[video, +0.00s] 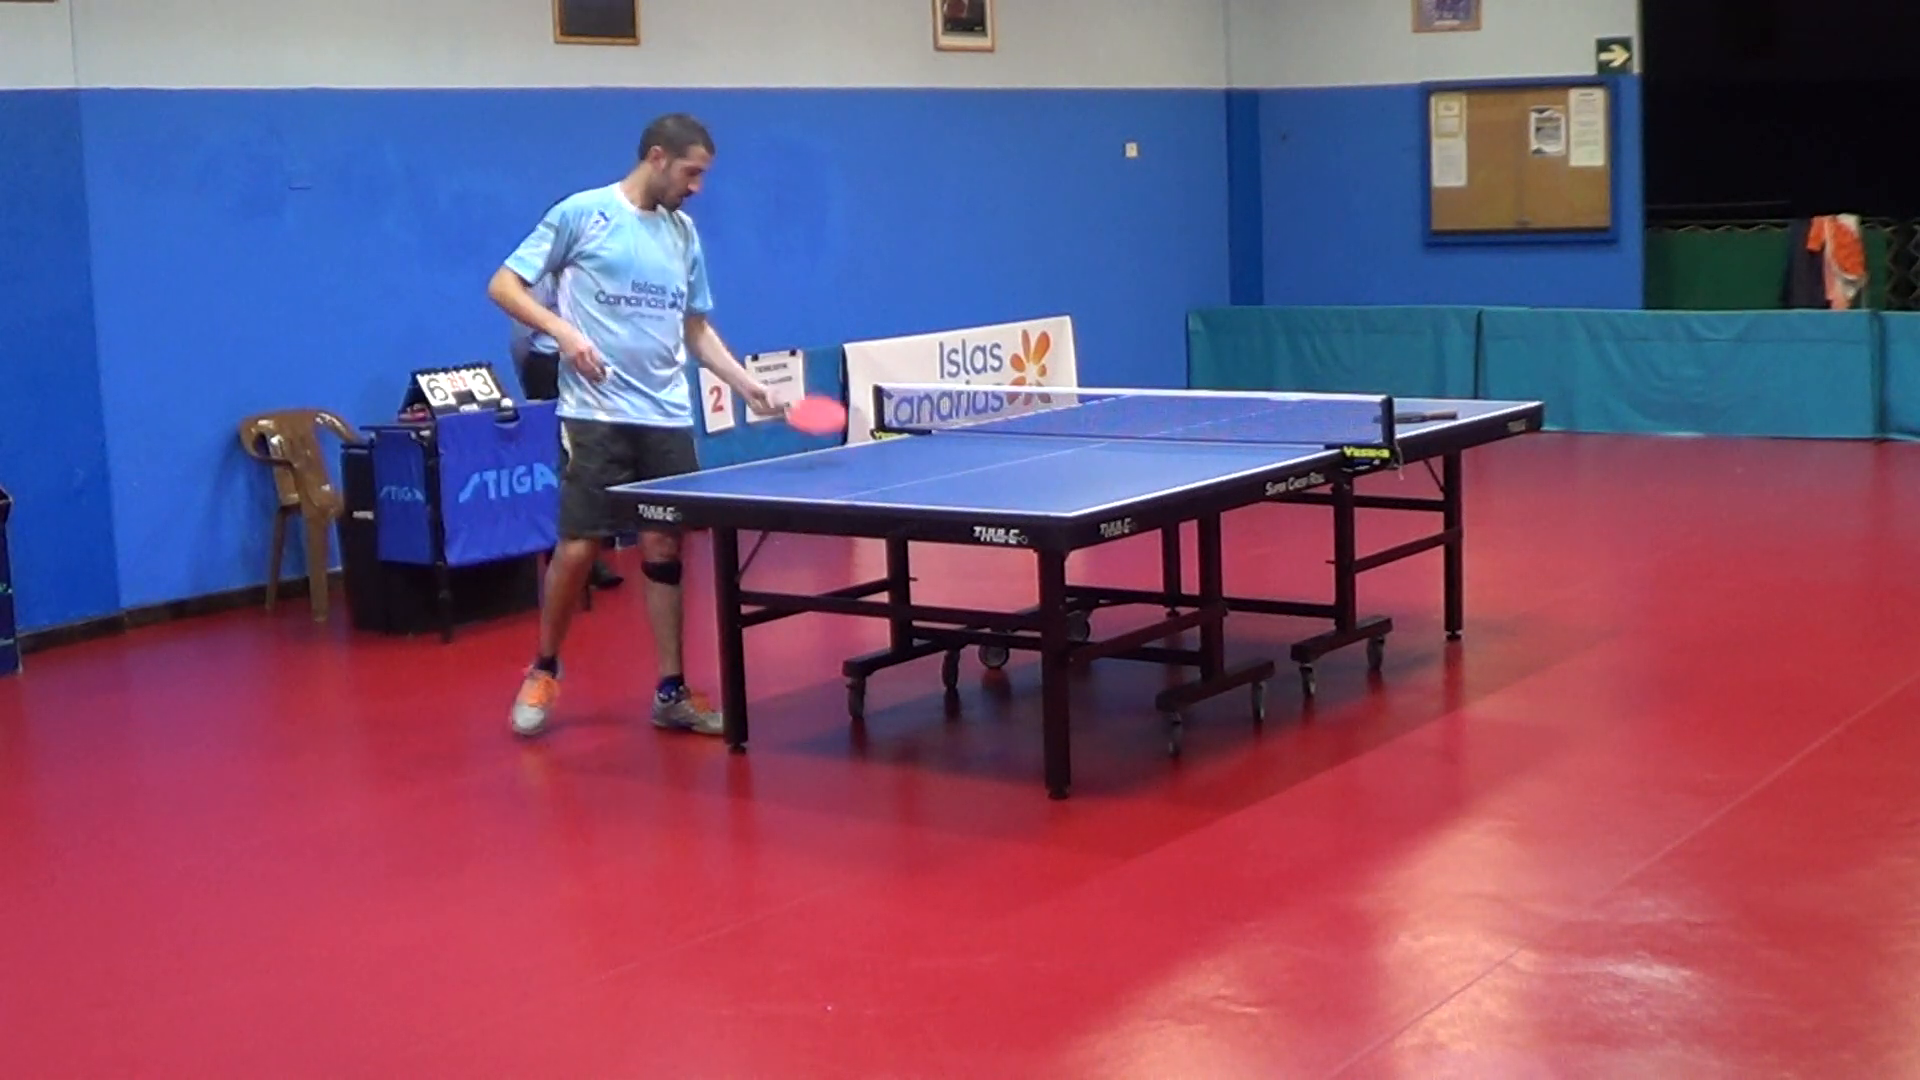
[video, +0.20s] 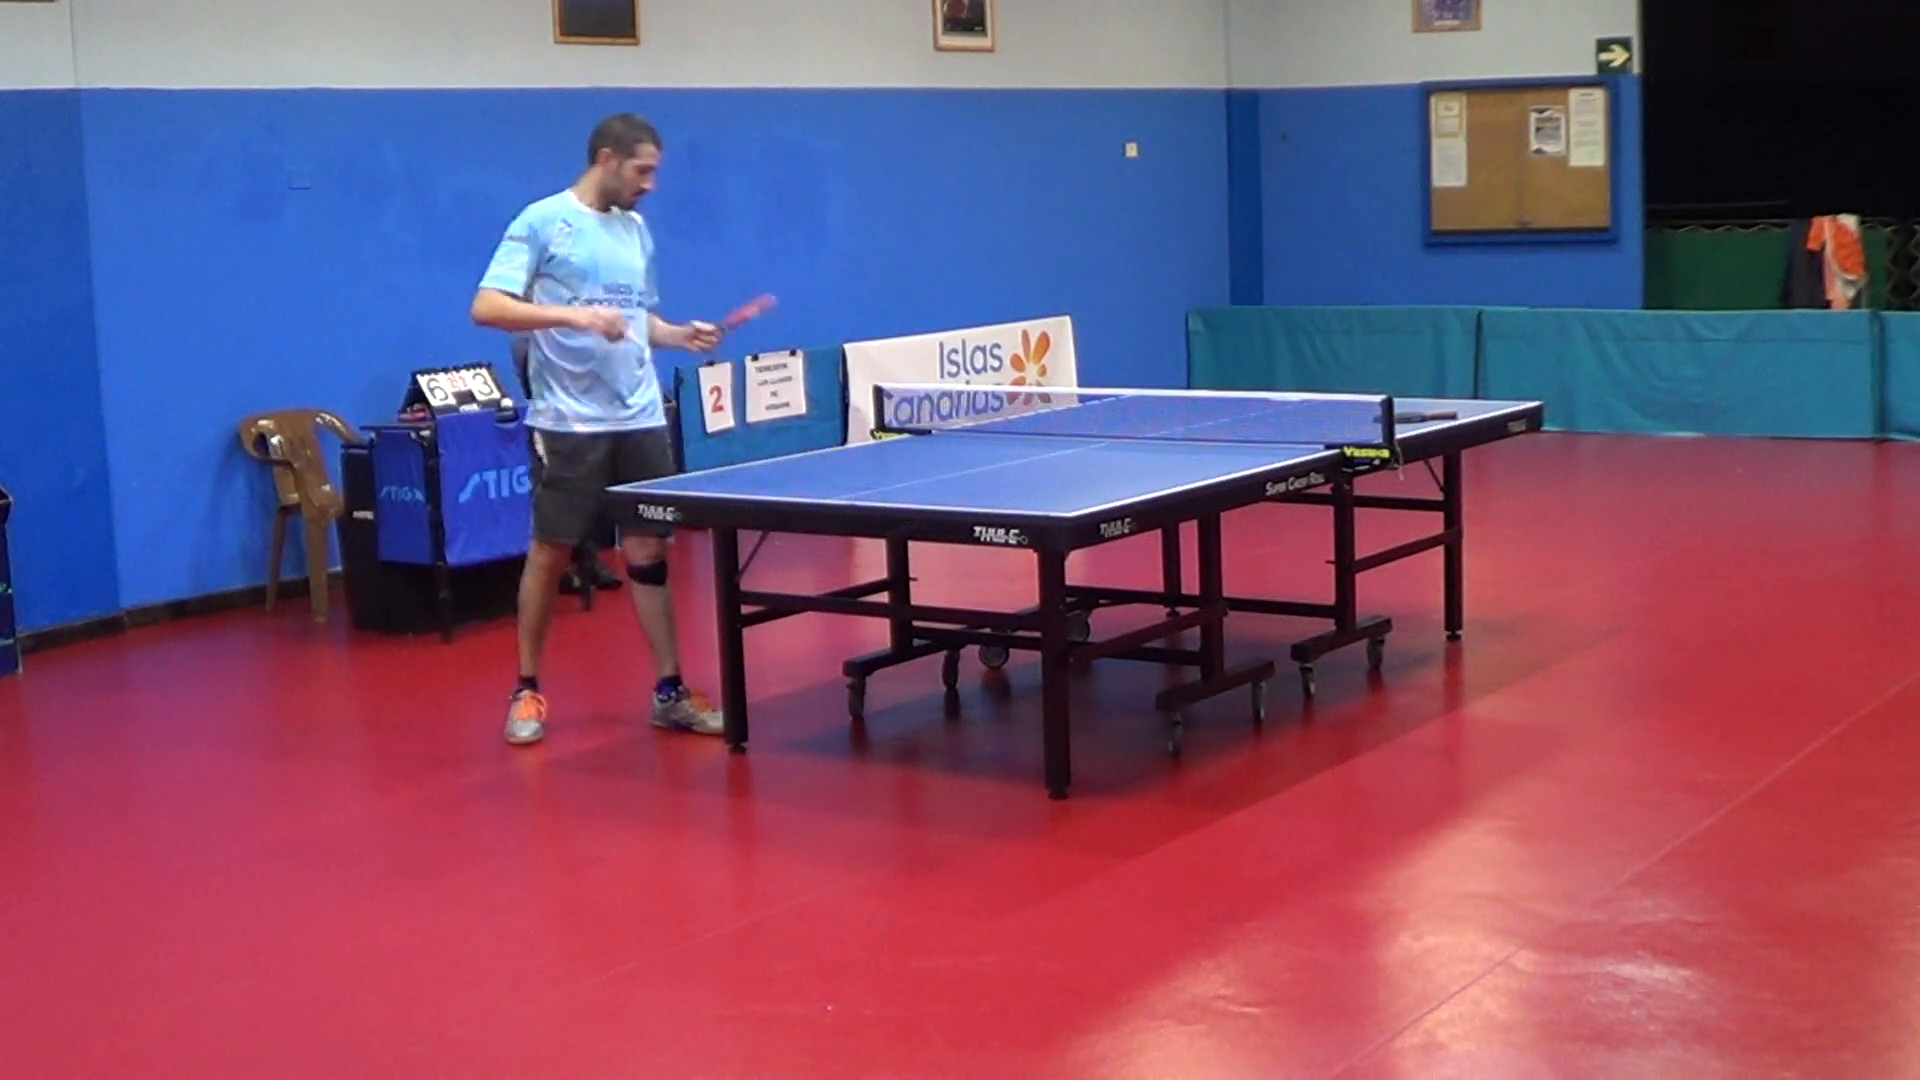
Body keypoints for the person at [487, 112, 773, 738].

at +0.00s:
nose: (697, 186)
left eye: (702, 174)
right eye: (692, 172)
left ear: (674, 166)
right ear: (657, 159)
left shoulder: (684, 233)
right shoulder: (582, 214)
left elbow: (696, 328)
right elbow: (503, 285)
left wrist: (751, 387)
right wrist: (564, 332)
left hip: (668, 417)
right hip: (596, 416)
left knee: (664, 549)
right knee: (577, 552)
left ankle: (672, 691)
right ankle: (544, 671)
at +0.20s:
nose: (650, 183)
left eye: (654, 171)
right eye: (644, 170)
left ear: (630, 166)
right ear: (605, 159)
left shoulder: (637, 228)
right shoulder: (542, 221)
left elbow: (635, 319)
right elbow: (486, 306)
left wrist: (683, 335)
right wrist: (575, 317)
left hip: (640, 418)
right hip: (569, 422)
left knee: (649, 551)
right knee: (550, 554)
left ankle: (670, 692)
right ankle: (528, 690)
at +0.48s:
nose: (574, 183)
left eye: (577, 172)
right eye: (566, 172)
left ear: (550, 169)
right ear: (528, 165)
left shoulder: (564, 226)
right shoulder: (479, 236)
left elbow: (571, 317)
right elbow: (496, 333)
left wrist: (610, 305)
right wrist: (579, 289)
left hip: (587, 415)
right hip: (521, 429)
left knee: (625, 546)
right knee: (520, 558)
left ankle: (661, 687)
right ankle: (525, 692)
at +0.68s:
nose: (542, 185)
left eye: (547, 174)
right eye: (534, 174)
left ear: (536, 170)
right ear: (497, 168)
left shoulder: (535, 222)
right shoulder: (458, 237)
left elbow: (543, 308)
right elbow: (478, 333)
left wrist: (582, 289)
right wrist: (558, 293)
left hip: (570, 405)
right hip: (508, 423)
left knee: (608, 537)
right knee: (511, 554)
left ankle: (610, 681)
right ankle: (526, 693)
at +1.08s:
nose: (508, 185)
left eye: (514, 175)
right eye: (497, 175)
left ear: (517, 169)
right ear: (466, 171)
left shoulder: (528, 224)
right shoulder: (434, 234)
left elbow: (557, 315)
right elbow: (396, 311)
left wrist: (559, 303)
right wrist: (471, 276)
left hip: (548, 404)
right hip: (482, 412)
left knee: (556, 538)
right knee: (501, 548)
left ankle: (525, 646)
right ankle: (520, 686)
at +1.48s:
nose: (465, 193)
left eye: (473, 181)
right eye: (454, 184)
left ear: (492, 168)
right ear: (442, 177)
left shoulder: (530, 224)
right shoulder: (424, 228)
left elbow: (567, 314)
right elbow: (366, 304)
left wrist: (523, 293)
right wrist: (425, 289)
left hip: (513, 404)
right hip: (443, 402)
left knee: (505, 536)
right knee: (445, 531)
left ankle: (508, 664)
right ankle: (450, 677)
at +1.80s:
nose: (398, 196)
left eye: (404, 182)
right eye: (389, 187)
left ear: (432, 168)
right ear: (384, 187)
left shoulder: (488, 223)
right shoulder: (389, 236)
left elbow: (531, 306)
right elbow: (335, 308)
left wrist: (458, 295)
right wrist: (341, 280)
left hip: (476, 407)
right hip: (407, 408)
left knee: (490, 530)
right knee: (386, 524)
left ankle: (506, 662)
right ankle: (378, 660)